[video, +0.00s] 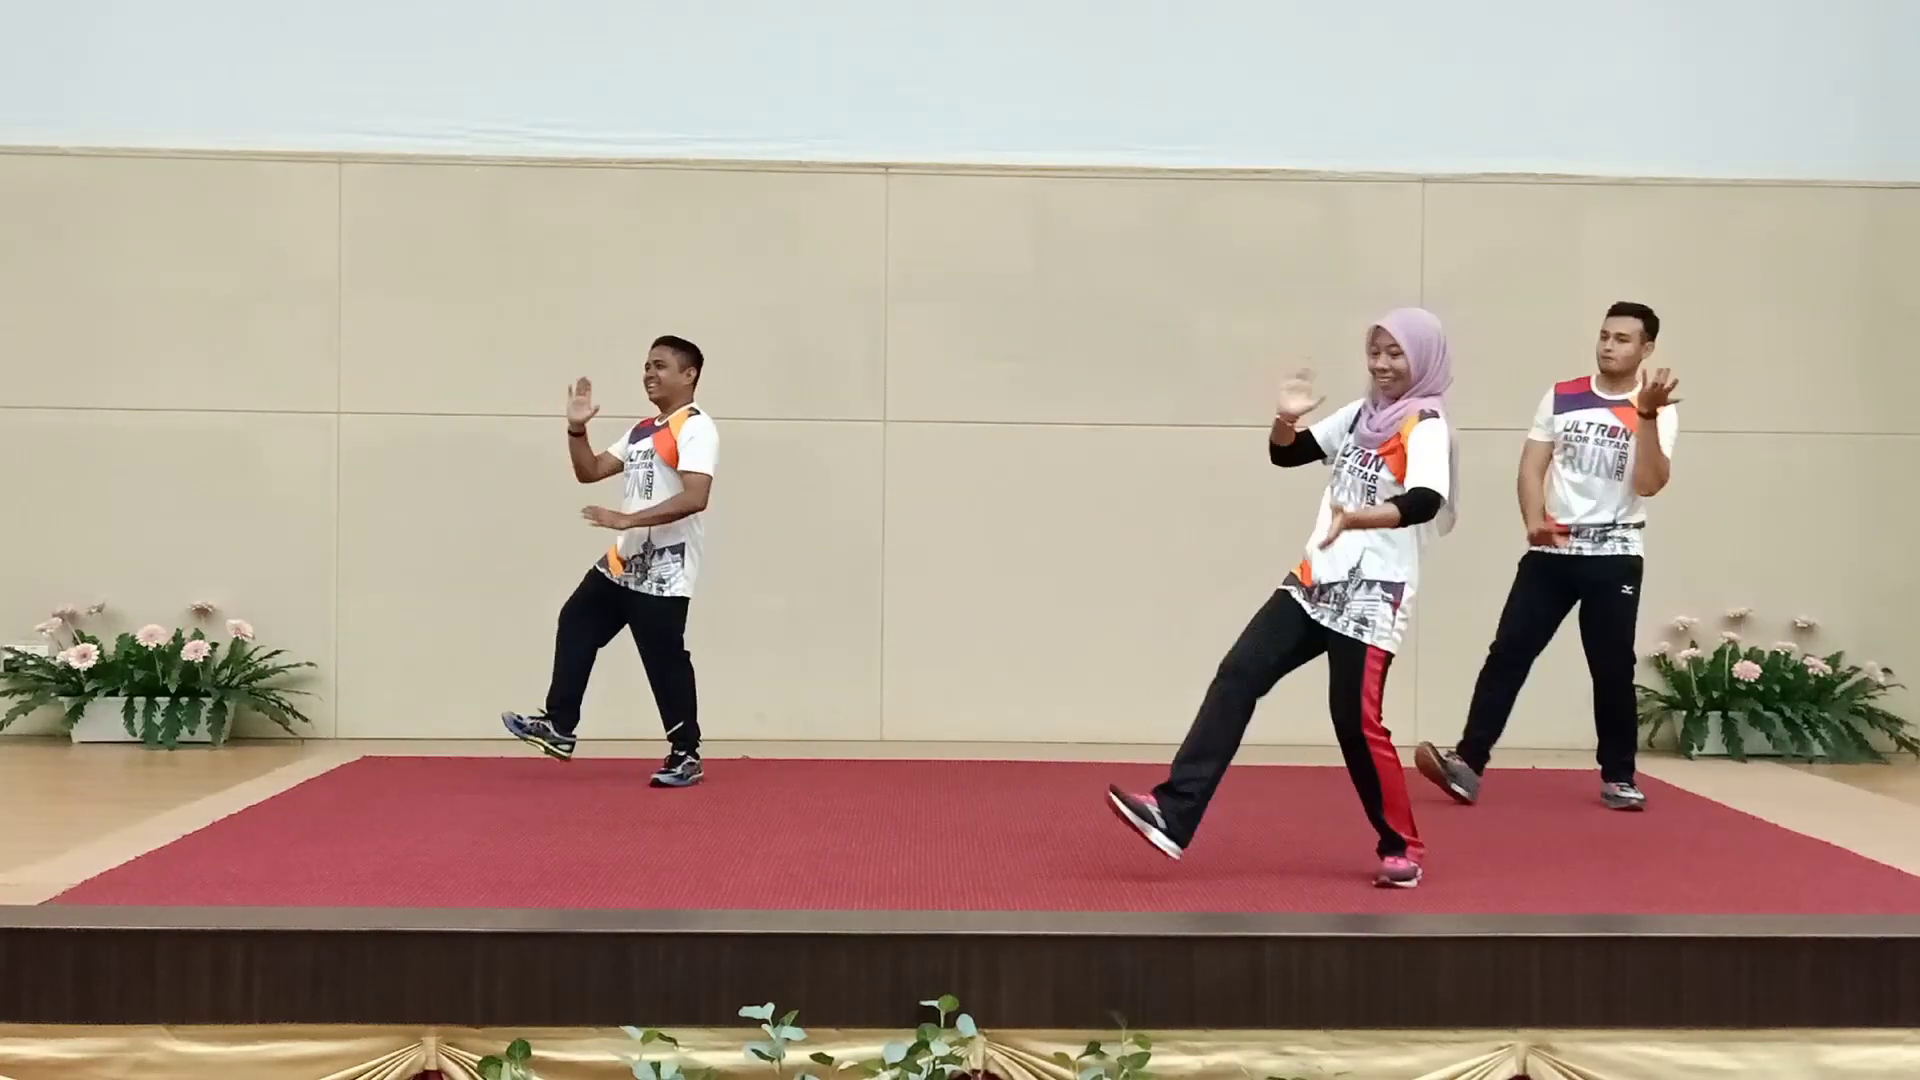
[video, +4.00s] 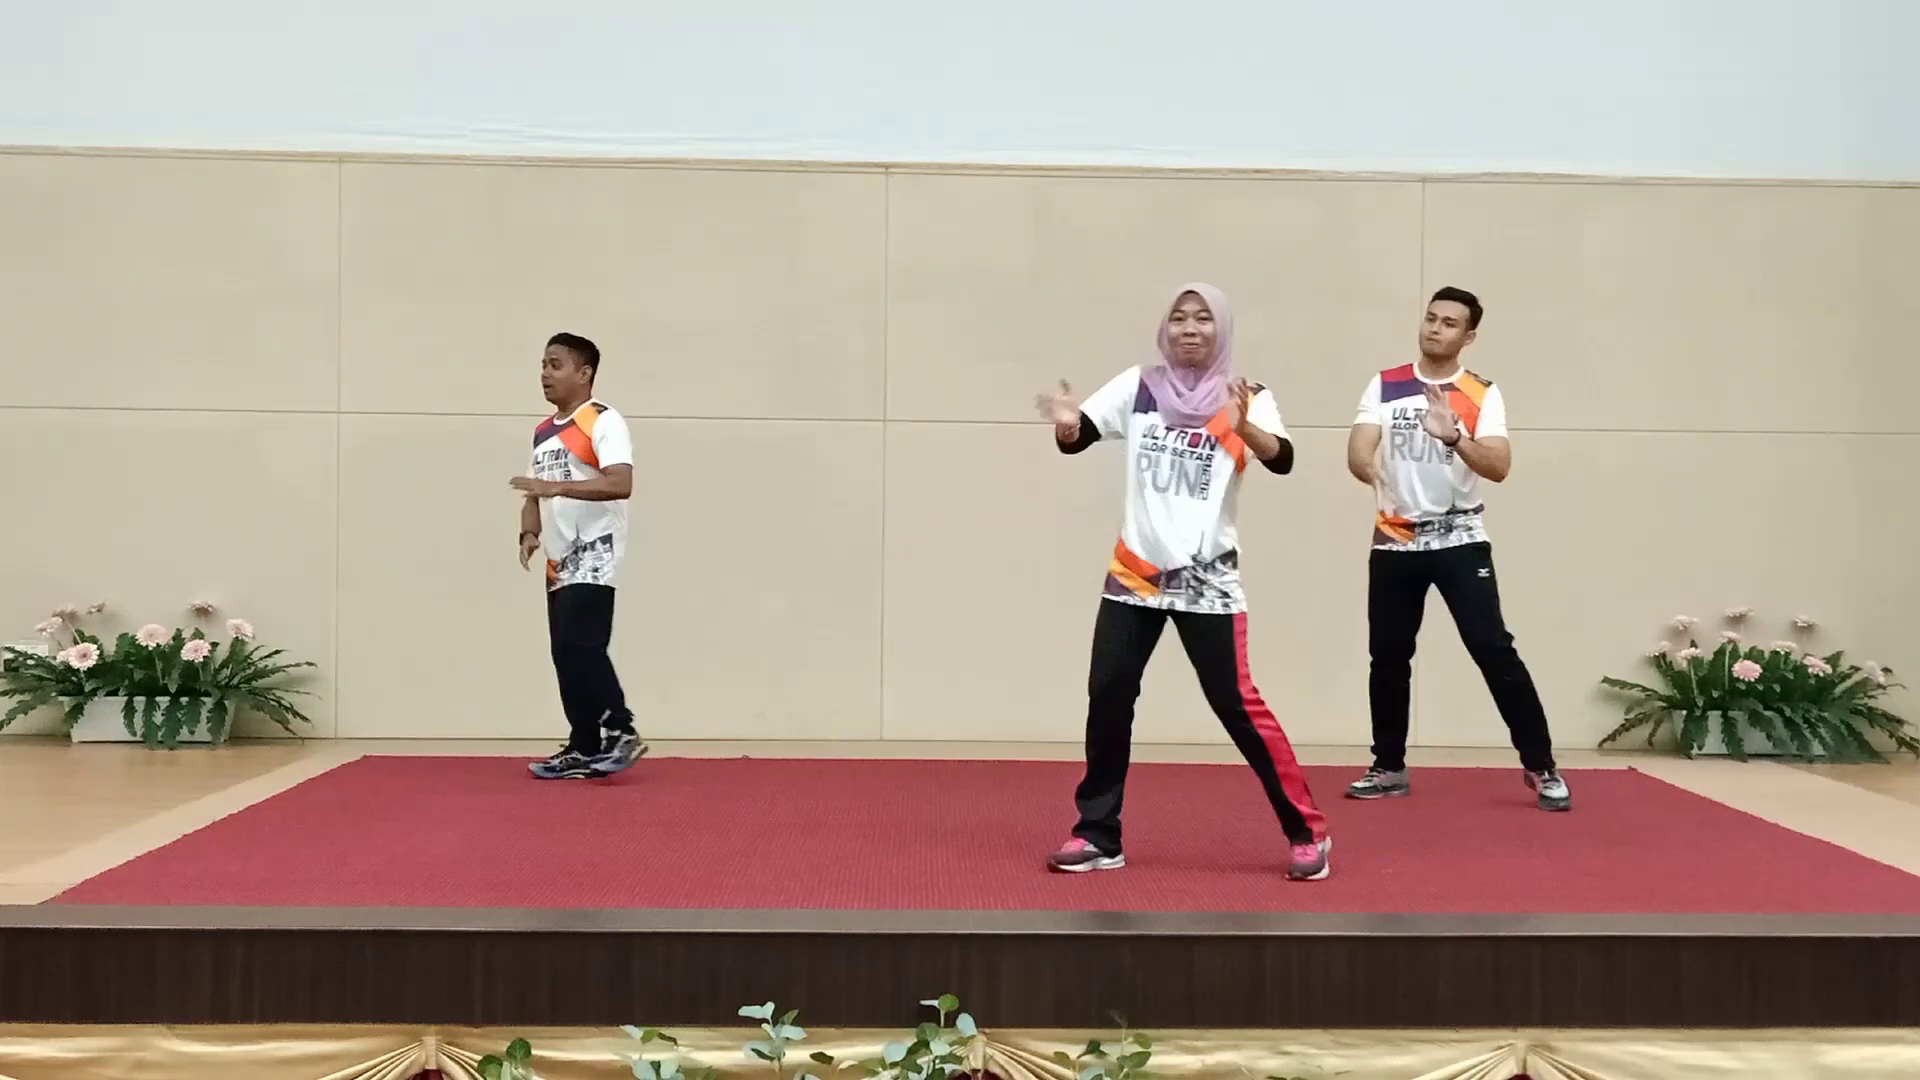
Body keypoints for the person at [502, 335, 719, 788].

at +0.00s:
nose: (649, 374)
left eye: (660, 366)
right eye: (648, 367)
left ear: (689, 375)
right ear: (648, 375)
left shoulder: (697, 428)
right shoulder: (643, 430)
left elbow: (695, 498)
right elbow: (589, 470)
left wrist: (627, 519)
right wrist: (577, 430)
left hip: (665, 567)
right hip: (624, 561)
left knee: (665, 659)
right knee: (577, 623)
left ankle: (686, 755)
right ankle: (559, 726)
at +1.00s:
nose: (562, 369)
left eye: (572, 362)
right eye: (553, 362)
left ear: (588, 372)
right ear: (540, 371)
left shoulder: (610, 428)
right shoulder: (514, 423)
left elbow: (639, 491)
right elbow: (478, 486)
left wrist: (604, 448)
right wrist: (502, 542)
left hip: (592, 567)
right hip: (531, 570)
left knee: (621, 657)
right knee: (525, 667)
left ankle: (646, 744)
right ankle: (522, 759)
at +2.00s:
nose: (411, 377)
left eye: (416, 369)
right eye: (400, 370)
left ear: (423, 376)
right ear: (376, 379)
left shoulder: (445, 431)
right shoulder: (357, 432)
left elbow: (490, 487)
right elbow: (333, 493)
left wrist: (491, 459)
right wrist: (383, 534)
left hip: (437, 574)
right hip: (376, 576)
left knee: (459, 662)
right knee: (361, 667)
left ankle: (461, 748)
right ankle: (353, 755)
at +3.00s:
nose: (402, 364)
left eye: (411, 358)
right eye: (392, 358)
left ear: (426, 370)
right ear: (378, 367)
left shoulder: (446, 424)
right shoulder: (353, 420)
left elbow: (494, 475)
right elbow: (329, 487)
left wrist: (476, 428)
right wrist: (379, 528)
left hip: (435, 564)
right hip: (372, 566)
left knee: (457, 643)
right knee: (356, 661)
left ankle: (487, 739)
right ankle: (350, 750)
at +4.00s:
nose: (544, 373)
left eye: (555, 365)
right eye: (544, 365)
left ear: (584, 373)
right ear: (549, 371)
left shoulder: (605, 422)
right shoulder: (545, 432)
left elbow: (621, 484)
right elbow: (537, 492)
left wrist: (557, 487)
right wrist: (530, 530)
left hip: (594, 562)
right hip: (561, 563)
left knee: (584, 649)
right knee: (566, 654)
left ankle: (621, 732)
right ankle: (584, 746)